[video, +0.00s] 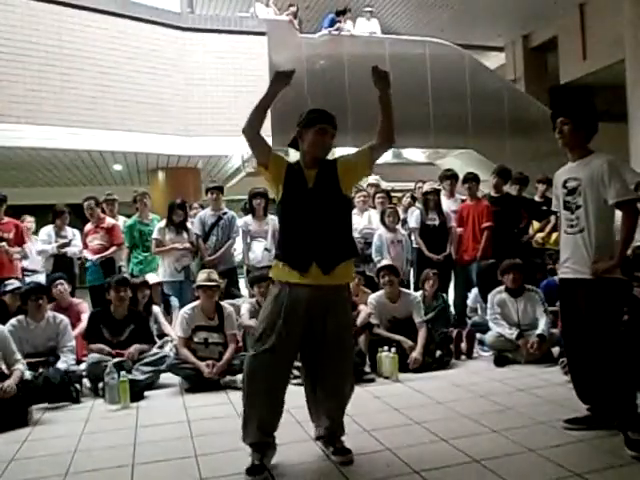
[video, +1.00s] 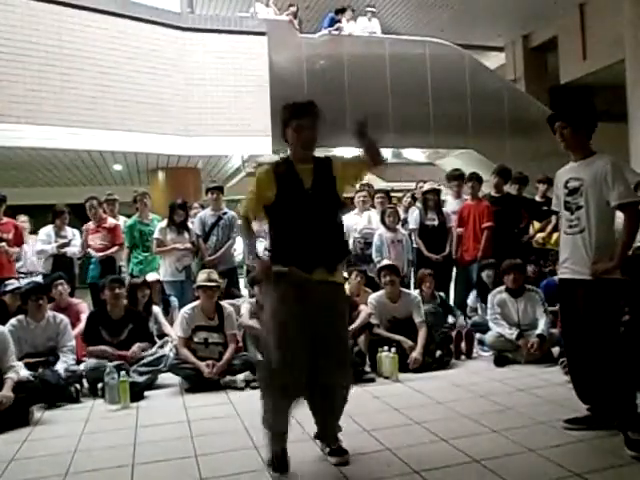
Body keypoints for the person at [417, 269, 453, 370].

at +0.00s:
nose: (431, 283)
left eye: (434, 280)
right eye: (428, 280)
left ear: (438, 284)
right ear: (423, 282)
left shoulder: (442, 300)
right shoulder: (417, 299)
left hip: (441, 330)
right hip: (424, 331)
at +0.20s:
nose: (431, 283)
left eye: (434, 281)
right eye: (428, 280)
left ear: (438, 284)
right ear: (423, 283)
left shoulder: (441, 299)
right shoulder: (418, 299)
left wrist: (423, 319)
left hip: (442, 326)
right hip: (427, 327)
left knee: (444, 335)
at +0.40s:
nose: (431, 283)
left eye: (434, 281)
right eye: (428, 280)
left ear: (438, 283)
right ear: (423, 283)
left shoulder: (441, 299)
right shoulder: (417, 299)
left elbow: (448, 316)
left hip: (439, 329)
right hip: (423, 329)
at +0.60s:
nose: (431, 284)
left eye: (434, 281)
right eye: (428, 280)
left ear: (437, 284)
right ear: (422, 283)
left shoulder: (441, 300)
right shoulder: (416, 299)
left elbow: (444, 319)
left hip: (439, 330)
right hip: (423, 330)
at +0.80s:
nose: (429, 289)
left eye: (432, 286)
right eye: (427, 286)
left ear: (435, 286)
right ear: (421, 286)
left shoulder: (441, 300)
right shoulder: (415, 299)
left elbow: (446, 317)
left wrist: (447, 325)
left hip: (439, 329)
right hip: (424, 330)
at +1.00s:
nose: (428, 285)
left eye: (430, 282)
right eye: (425, 282)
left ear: (434, 283)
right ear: (420, 284)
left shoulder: (440, 298)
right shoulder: (415, 298)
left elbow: (452, 310)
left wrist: (460, 318)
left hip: (441, 331)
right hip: (424, 332)